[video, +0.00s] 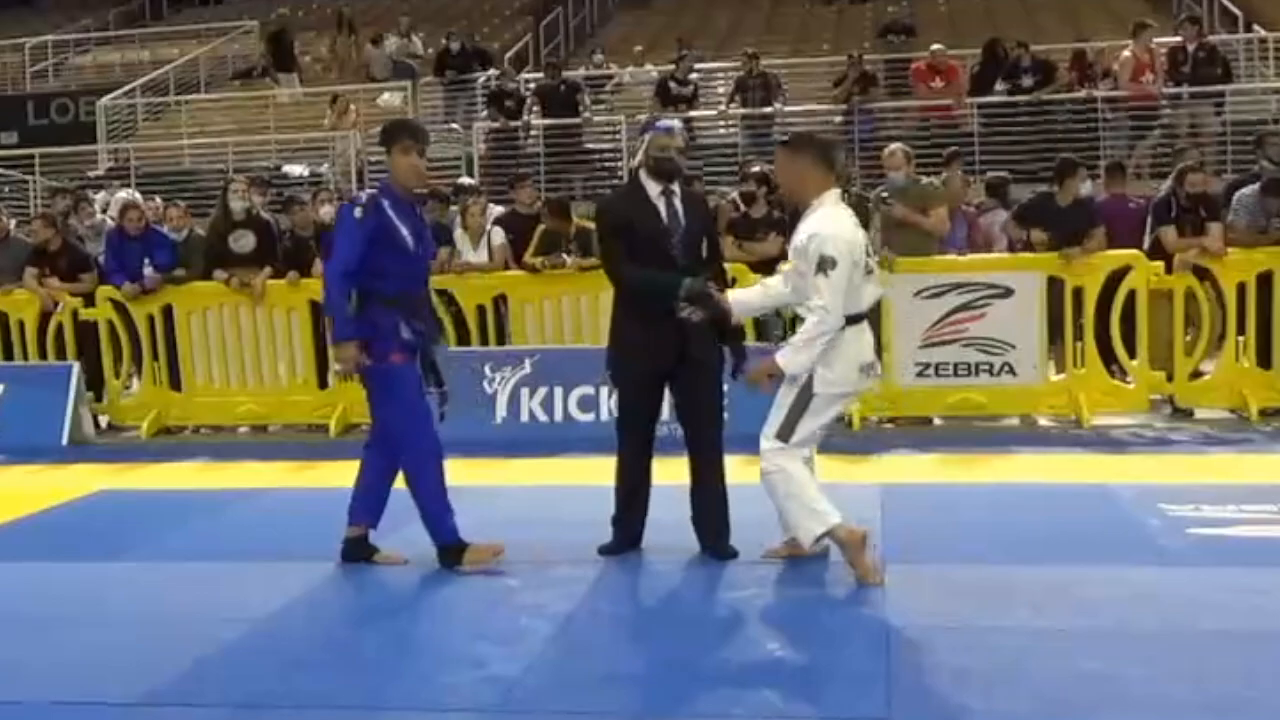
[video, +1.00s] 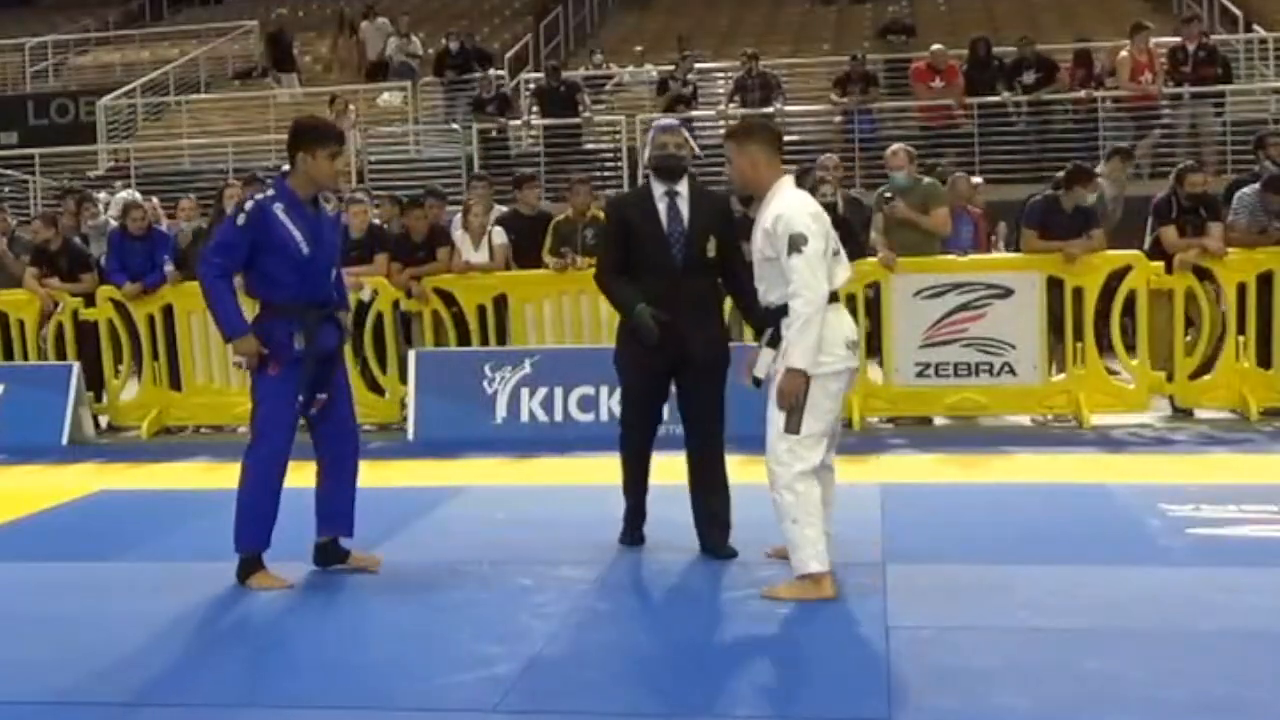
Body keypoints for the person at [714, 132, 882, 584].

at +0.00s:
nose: (775, 177)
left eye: (781, 166)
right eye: (776, 167)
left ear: (807, 168)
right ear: (814, 170)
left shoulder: (827, 230)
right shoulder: (821, 221)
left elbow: (826, 314)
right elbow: (790, 284)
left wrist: (781, 361)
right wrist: (728, 303)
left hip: (835, 349)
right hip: (837, 343)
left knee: (777, 449)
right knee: (794, 442)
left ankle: (839, 534)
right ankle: (802, 536)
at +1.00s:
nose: (729, 170)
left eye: (732, 159)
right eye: (729, 160)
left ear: (754, 159)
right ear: (768, 157)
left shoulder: (792, 214)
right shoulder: (784, 208)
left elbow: (809, 295)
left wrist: (797, 366)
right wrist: (769, 347)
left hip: (814, 341)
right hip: (813, 335)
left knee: (790, 458)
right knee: (809, 452)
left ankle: (813, 570)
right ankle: (809, 541)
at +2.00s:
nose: (692, 212)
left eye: (696, 198)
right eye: (689, 201)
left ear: (727, 189)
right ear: (718, 196)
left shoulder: (764, 238)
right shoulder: (736, 248)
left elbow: (796, 315)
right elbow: (699, 306)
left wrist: (792, 393)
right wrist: (630, 330)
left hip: (805, 363)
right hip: (835, 354)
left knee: (739, 467)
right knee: (880, 462)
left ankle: (717, 575)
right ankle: (975, 548)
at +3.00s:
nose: (858, 136)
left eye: (865, 126)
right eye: (860, 126)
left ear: (890, 129)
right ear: (907, 130)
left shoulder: (900, 183)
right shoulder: (947, 176)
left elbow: (934, 256)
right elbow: (987, 252)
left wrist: (921, 335)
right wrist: (973, 307)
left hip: (942, 328)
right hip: (982, 324)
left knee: (899, 444)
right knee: (970, 444)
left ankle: (899, 562)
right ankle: (989, 558)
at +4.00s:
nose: (1003, 104)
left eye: (1010, 93)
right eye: (1005, 93)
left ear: (1039, 96)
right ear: (1053, 96)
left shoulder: (1055, 158)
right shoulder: (1094, 151)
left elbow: (1069, 254)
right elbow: (1118, 247)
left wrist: (1053, 332)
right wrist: (1030, 301)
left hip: (1084, 320)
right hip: (1108, 314)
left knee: (1076, 440)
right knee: (1099, 437)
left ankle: (1135, 566)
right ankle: (1139, 562)